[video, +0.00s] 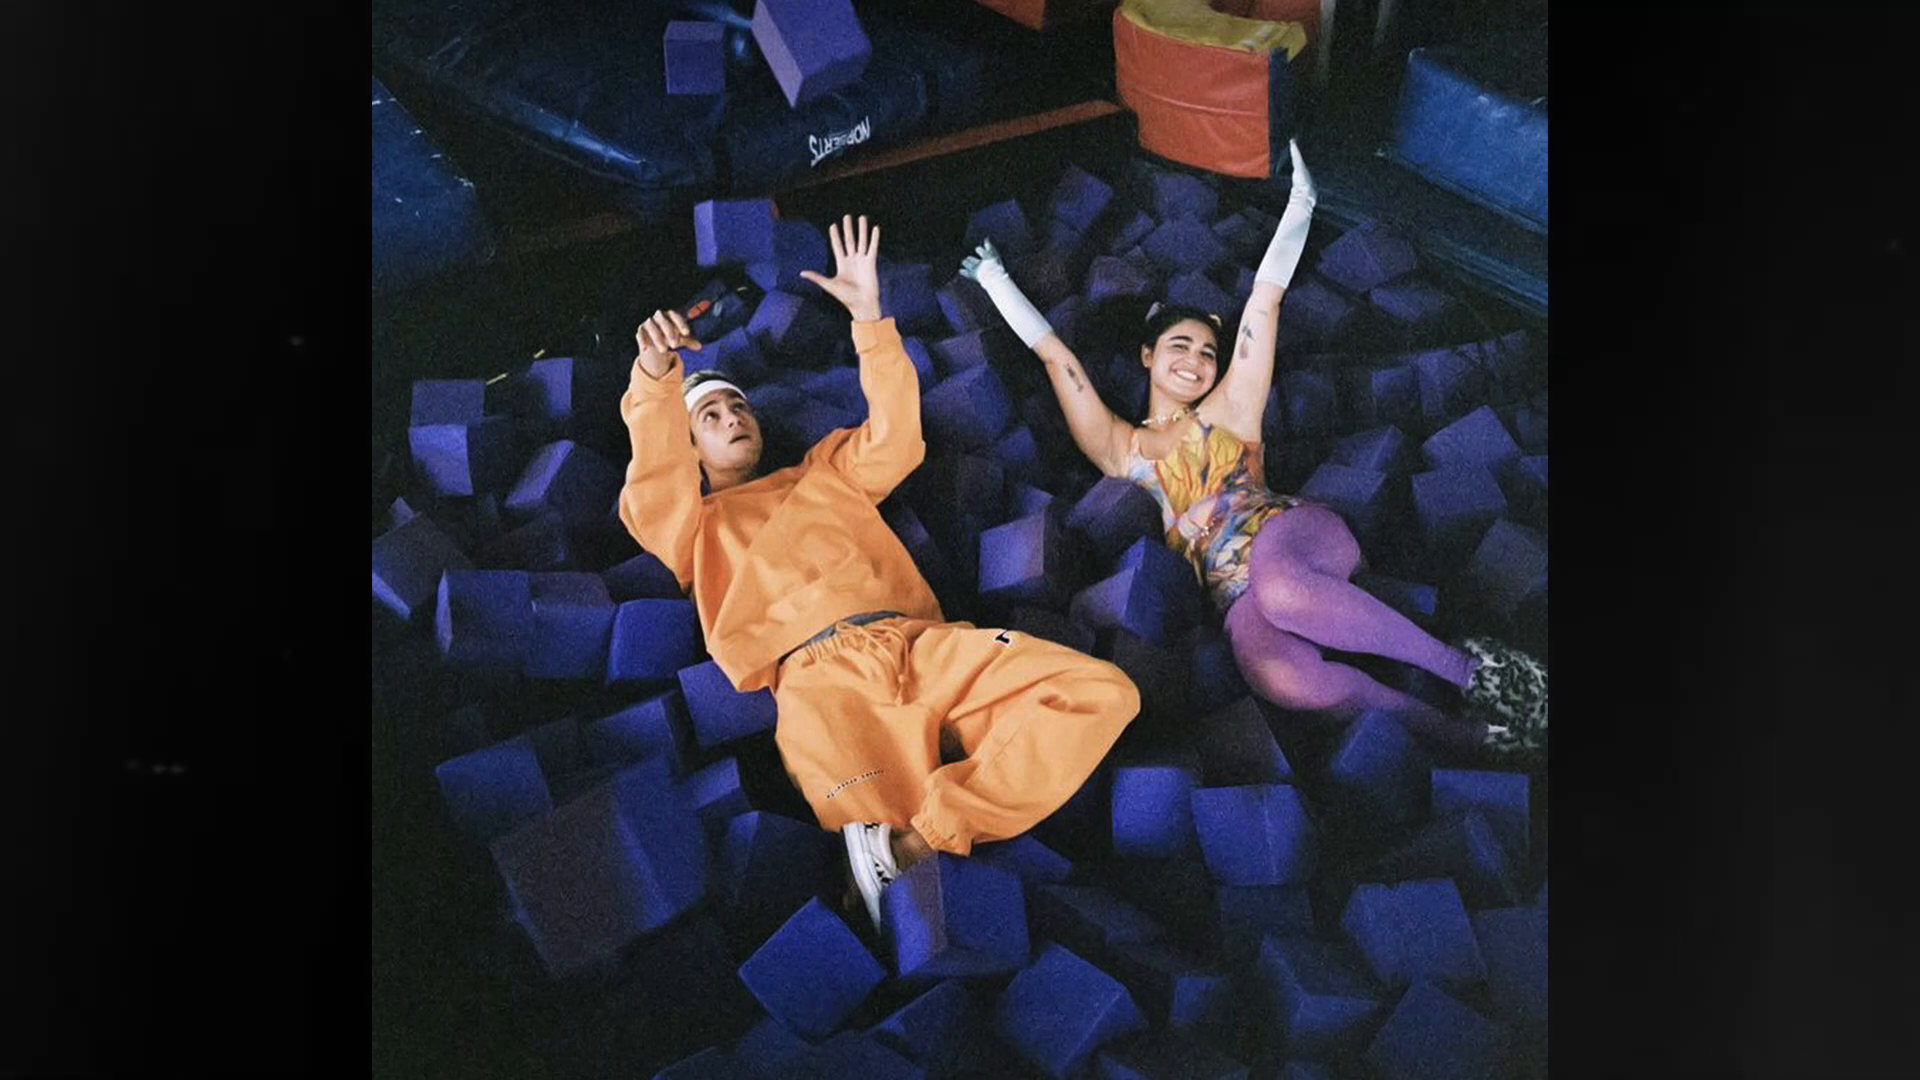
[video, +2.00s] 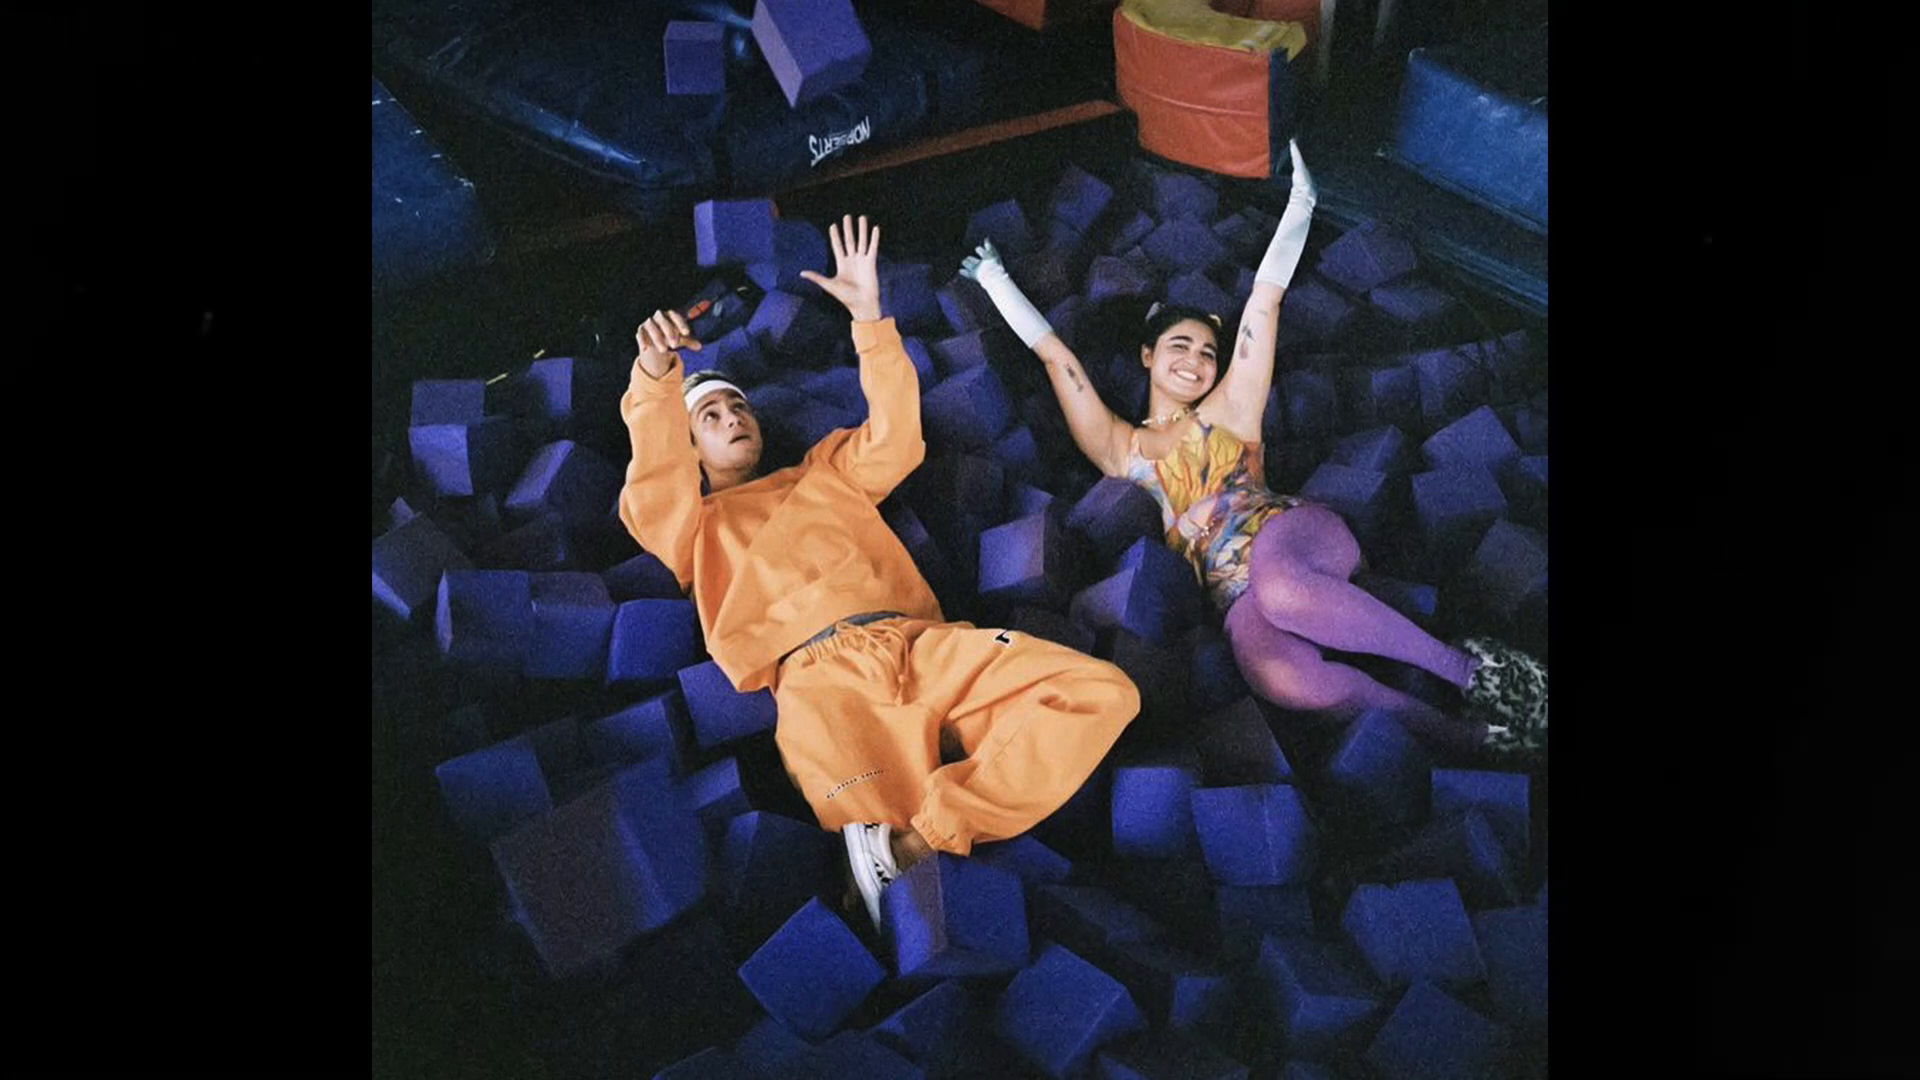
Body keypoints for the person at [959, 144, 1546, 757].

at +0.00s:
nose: (1191, 360)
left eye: (1205, 353)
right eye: (1177, 346)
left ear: (1216, 370)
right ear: (1145, 358)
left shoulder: (1231, 410)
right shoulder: (1123, 449)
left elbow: (1264, 303)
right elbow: (1057, 359)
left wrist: (1298, 209)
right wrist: (993, 278)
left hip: (1291, 533)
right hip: (1240, 599)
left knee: (1276, 592)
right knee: (1286, 680)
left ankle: (1472, 670)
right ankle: (1461, 732)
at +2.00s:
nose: (1191, 360)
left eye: (1205, 354)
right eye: (1177, 346)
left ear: (1216, 371)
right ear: (1145, 357)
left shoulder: (1230, 411)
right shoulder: (1122, 448)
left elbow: (1264, 306)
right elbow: (1057, 359)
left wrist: (1298, 209)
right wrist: (991, 278)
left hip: (1287, 531)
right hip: (1238, 596)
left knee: (1278, 593)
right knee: (1287, 680)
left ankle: (1471, 671)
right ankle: (1463, 735)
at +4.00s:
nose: (1191, 360)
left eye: (1205, 354)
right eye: (1177, 346)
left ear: (1216, 371)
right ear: (1145, 357)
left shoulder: (1230, 411)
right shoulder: (1122, 448)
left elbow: (1264, 306)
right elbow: (1057, 359)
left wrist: (1298, 209)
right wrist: (992, 278)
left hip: (1288, 531)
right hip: (1238, 596)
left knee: (1278, 592)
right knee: (1287, 680)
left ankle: (1471, 671)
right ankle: (1463, 736)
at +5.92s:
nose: (1191, 360)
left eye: (1205, 353)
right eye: (1177, 346)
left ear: (1217, 370)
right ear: (1145, 358)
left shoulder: (1230, 411)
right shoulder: (1123, 448)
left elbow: (1265, 304)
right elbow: (1057, 358)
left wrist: (1298, 209)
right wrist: (992, 277)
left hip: (1289, 532)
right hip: (1239, 597)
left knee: (1278, 592)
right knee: (1285, 679)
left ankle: (1471, 670)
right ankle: (1459, 731)